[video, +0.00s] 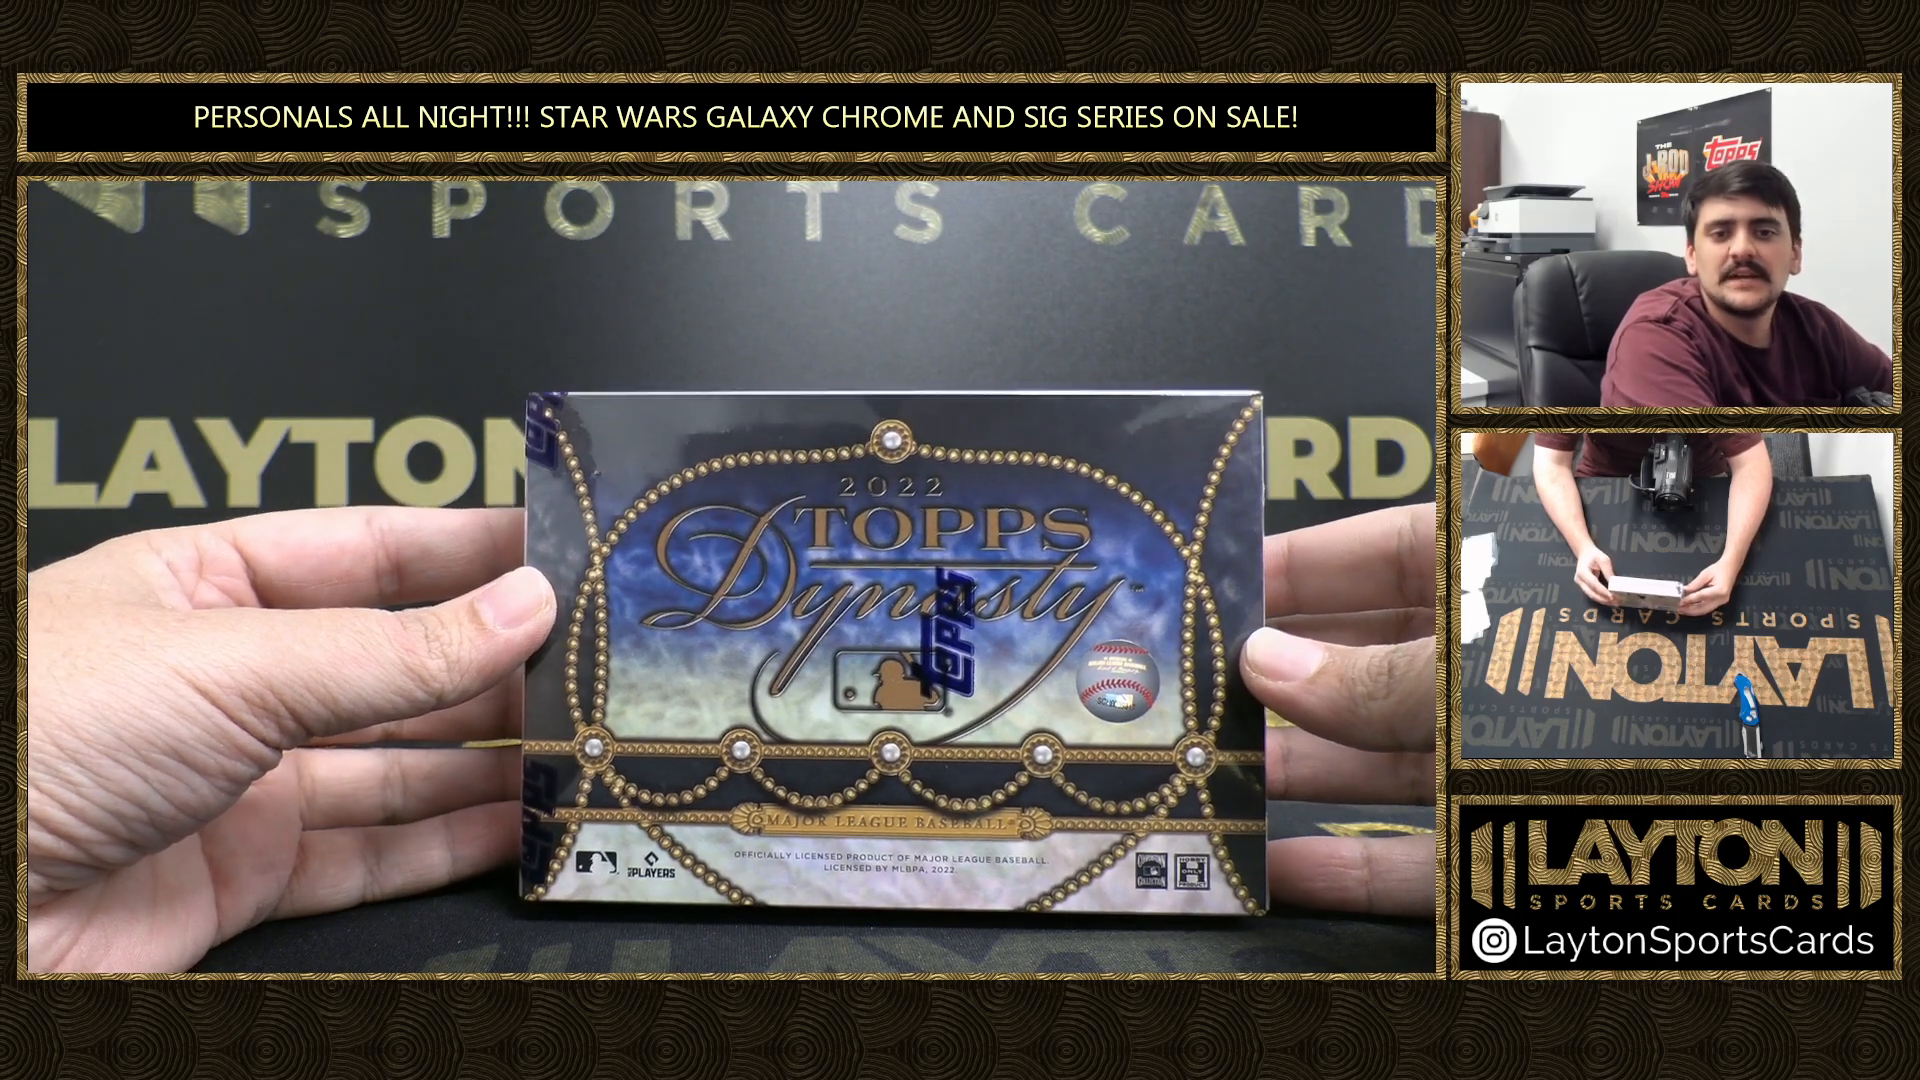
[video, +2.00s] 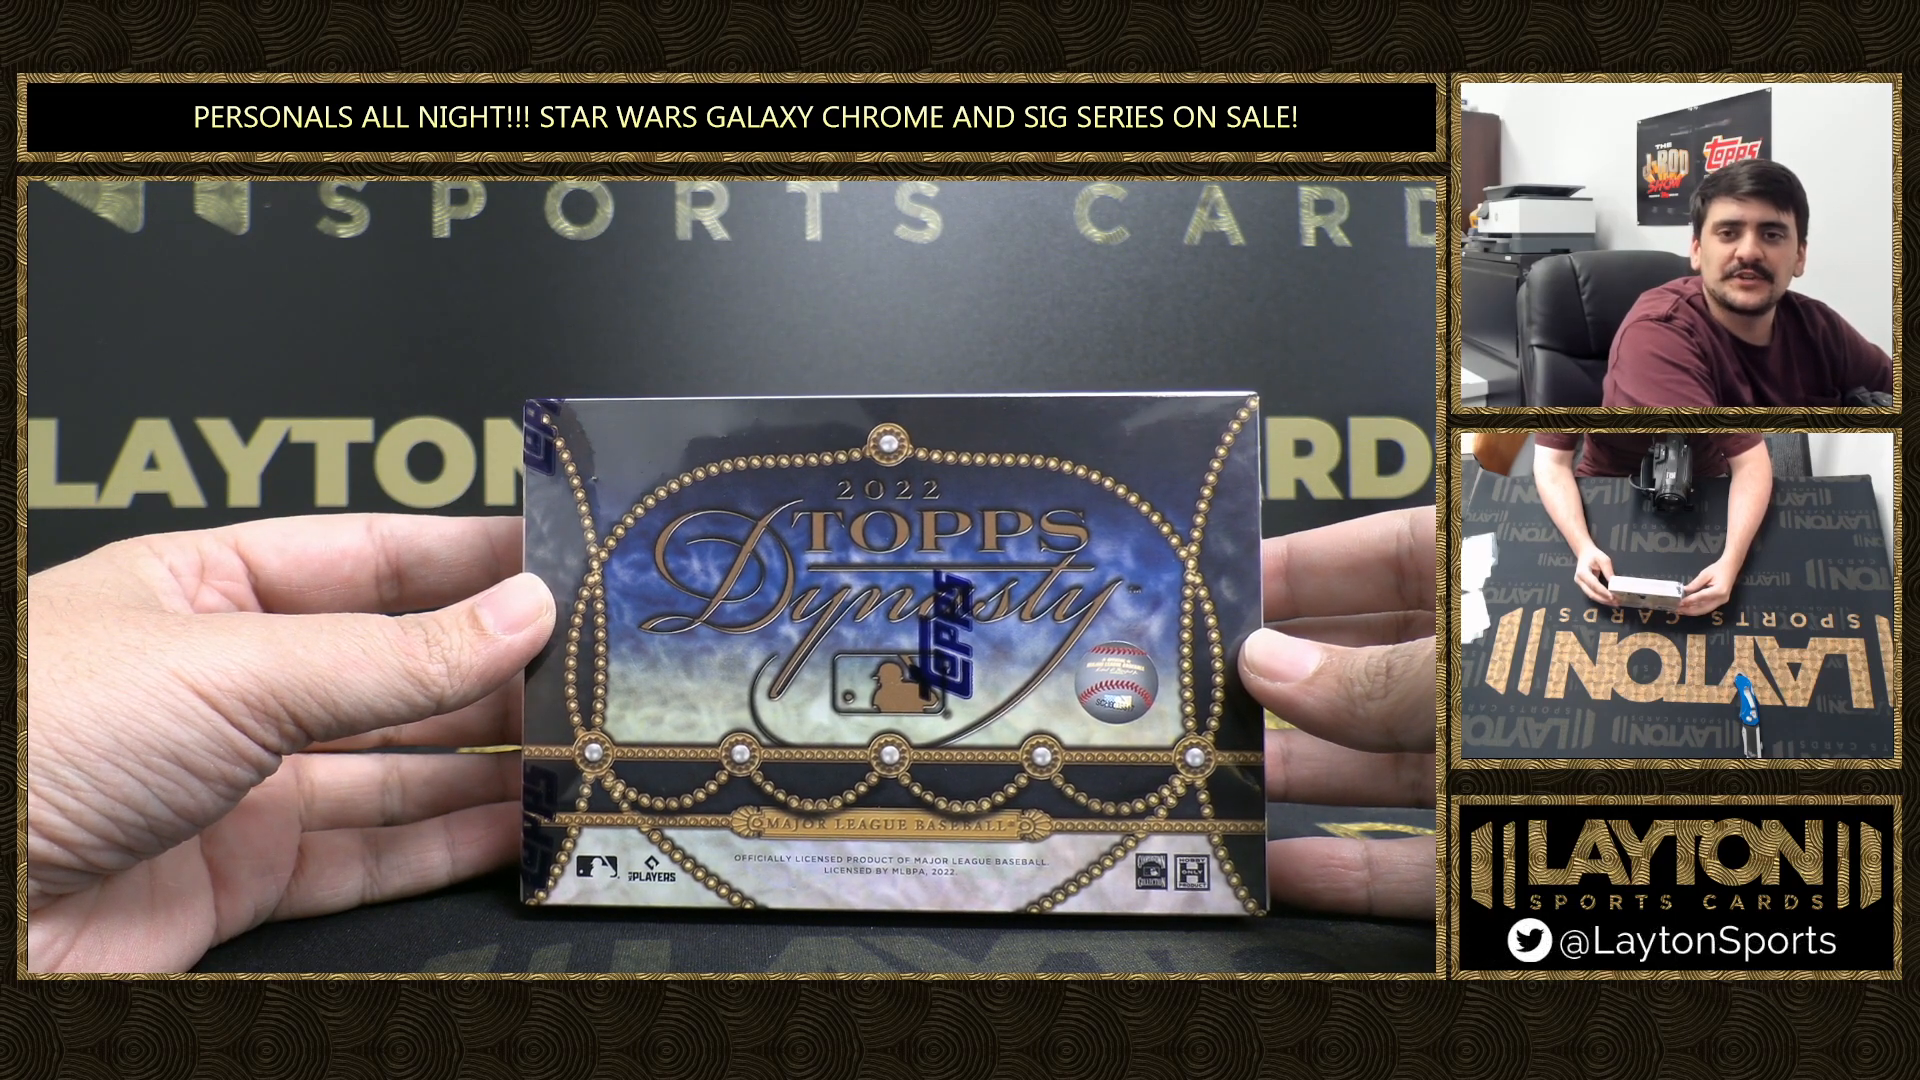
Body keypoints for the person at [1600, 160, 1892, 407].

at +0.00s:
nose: (1742, 249)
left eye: (1764, 232)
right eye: (1721, 233)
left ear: (1795, 254)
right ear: (1691, 256)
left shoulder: (1817, 329)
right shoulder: (1655, 334)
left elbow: (1897, 390)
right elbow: (1746, 461)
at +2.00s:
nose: (1749, 252)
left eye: (1771, 235)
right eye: (1729, 233)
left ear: (1800, 256)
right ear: (1696, 251)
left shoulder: (1818, 329)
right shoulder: (1656, 333)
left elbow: (1896, 387)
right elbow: (1746, 460)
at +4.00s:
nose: (1754, 249)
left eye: (1775, 232)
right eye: (1732, 232)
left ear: (1799, 254)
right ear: (1696, 250)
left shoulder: (1818, 328)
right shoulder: (1658, 332)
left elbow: (1896, 388)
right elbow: (1746, 460)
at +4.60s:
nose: (1786, 254)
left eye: (1800, 236)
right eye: (1762, 234)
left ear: (1812, 246)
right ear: (1708, 248)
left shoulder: (1823, 328)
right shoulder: (1669, 336)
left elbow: (1898, 387)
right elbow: (1752, 461)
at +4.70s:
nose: (1806, 257)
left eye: (1815, 237)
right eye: (1779, 237)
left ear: (1822, 239)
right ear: (1716, 250)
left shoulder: (1829, 328)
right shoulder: (1673, 339)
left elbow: (1901, 383)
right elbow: (1759, 467)